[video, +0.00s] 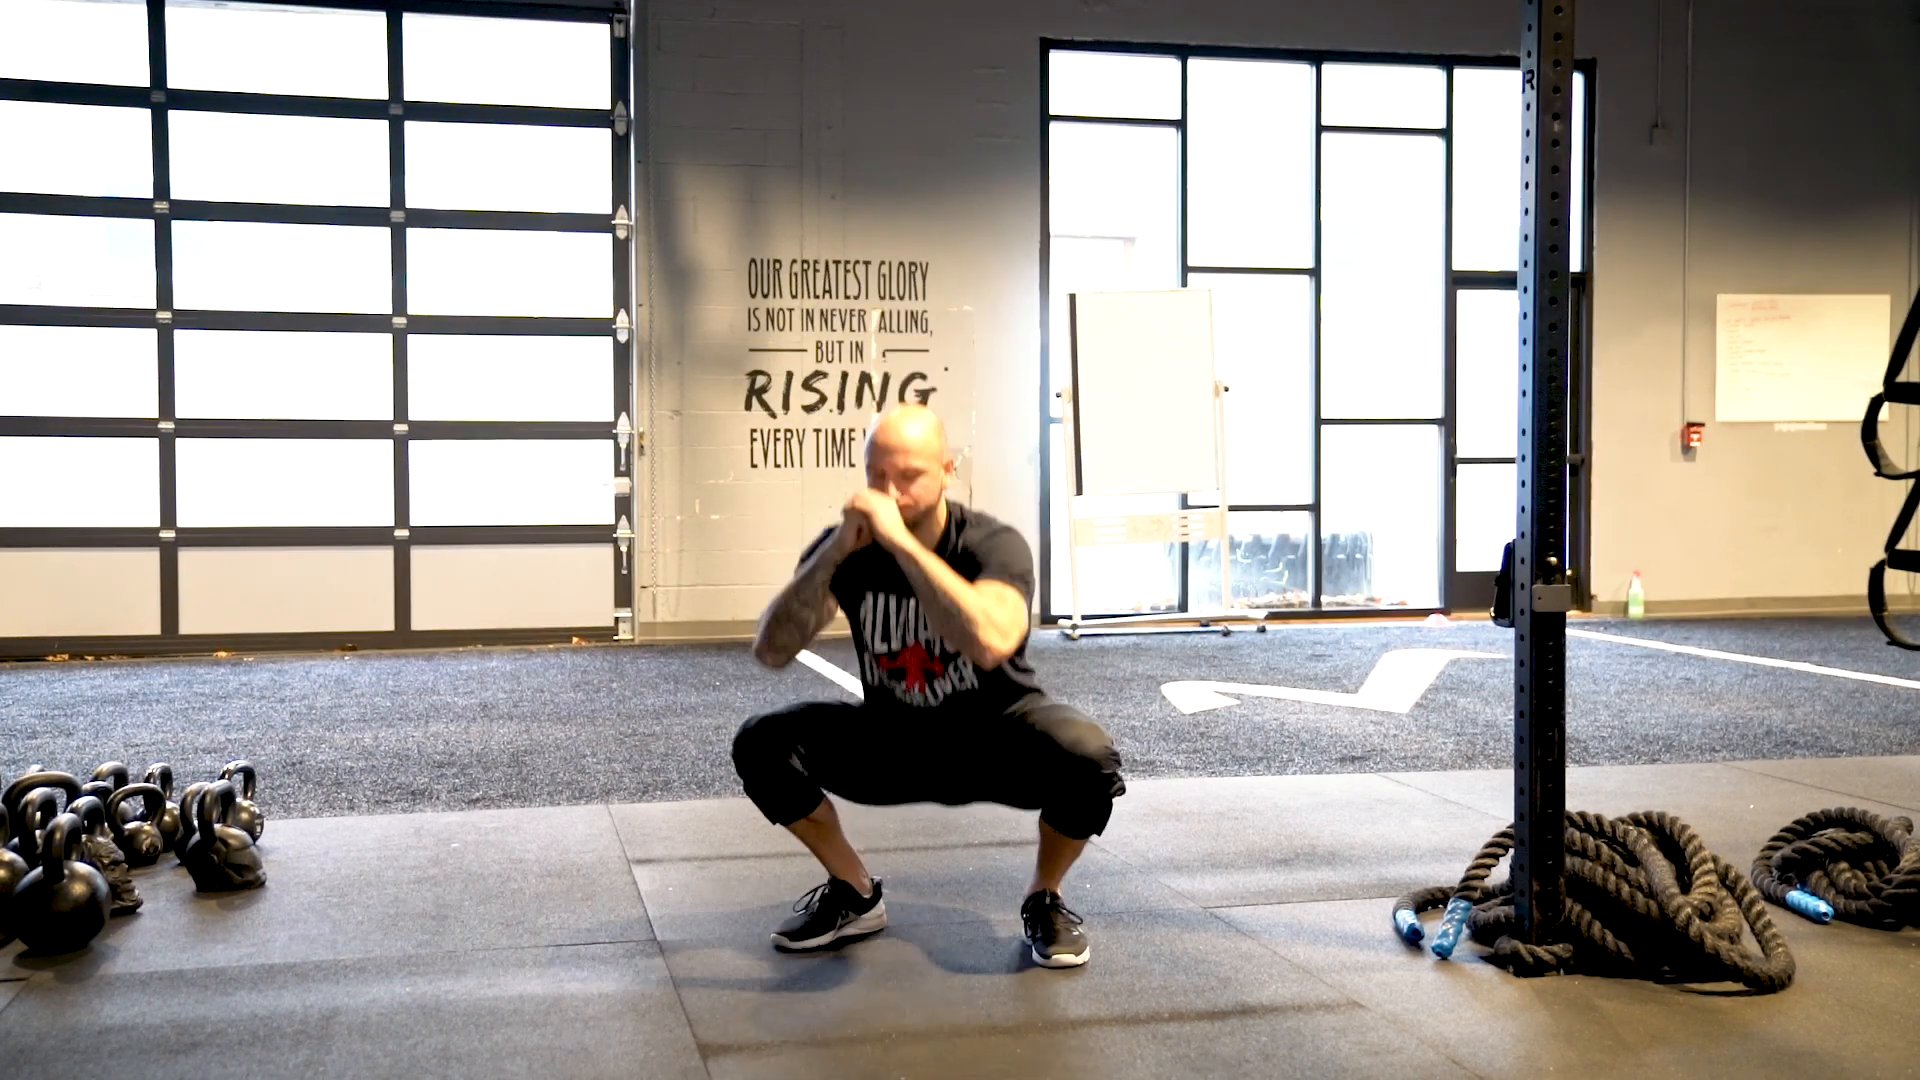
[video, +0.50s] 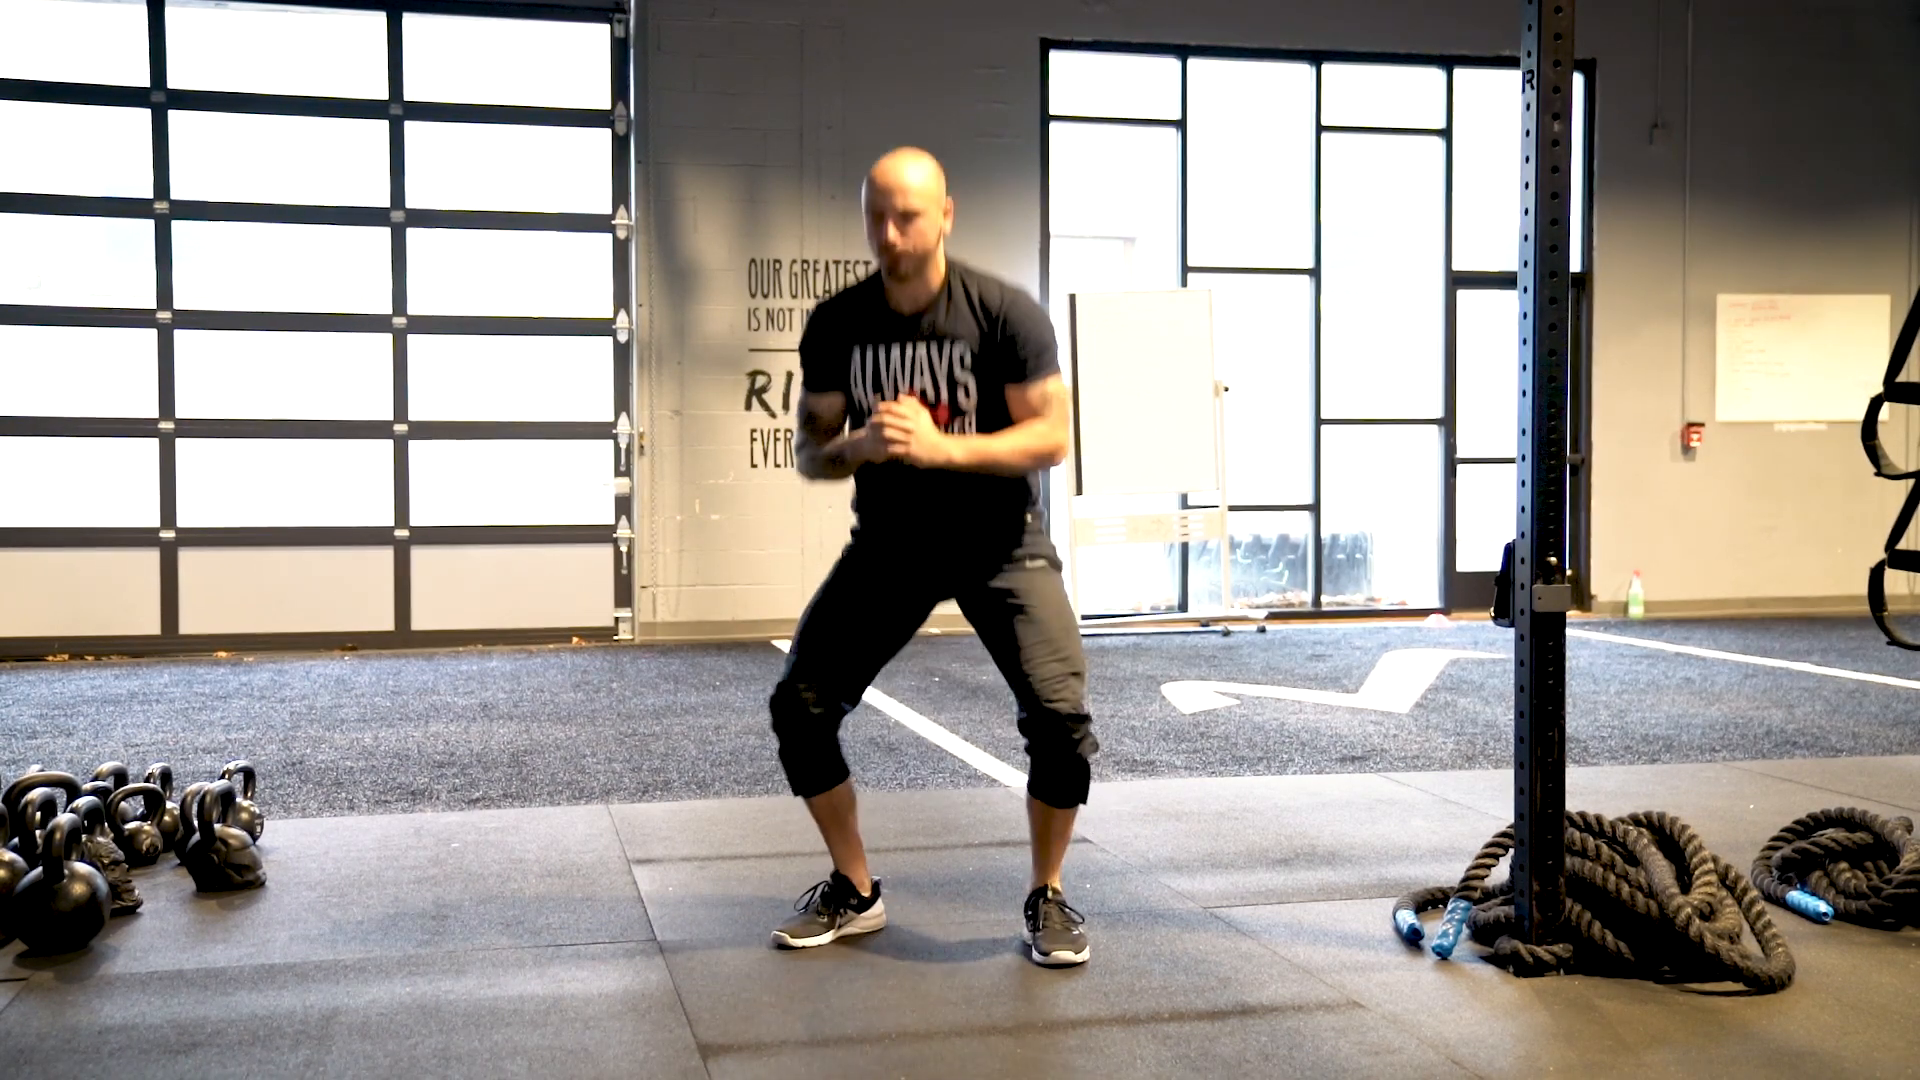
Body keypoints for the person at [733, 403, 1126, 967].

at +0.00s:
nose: (891, 494)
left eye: (908, 478)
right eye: (878, 477)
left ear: (947, 472)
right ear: (864, 474)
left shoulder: (994, 544)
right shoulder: (843, 549)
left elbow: (990, 641)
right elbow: (770, 652)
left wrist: (900, 543)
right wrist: (834, 553)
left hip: (990, 736)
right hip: (890, 737)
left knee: (1085, 755)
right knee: (762, 746)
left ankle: (1046, 899)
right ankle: (853, 888)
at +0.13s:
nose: (892, 496)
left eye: (910, 480)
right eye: (880, 478)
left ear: (948, 475)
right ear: (866, 475)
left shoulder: (996, 548)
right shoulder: (841, 553)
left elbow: (998, 650)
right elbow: (773, 661)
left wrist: (901, 554)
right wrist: (838, 563)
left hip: (990, 734)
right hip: (891, 737)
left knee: (1087, 754)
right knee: (762, 743)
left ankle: (1046, 899)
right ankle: (853, 888)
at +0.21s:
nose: (892, 455)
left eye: (910, 438)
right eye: (880, 437)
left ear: (949, 437)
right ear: (867, 436)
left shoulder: (999, 511)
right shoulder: (842, 513)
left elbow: (1013, 623)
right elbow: (773, 631)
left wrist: (905, 536)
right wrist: (839, 547)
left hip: (995, 699)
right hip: (892, 703)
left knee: (1087, 759)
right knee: (763, 740)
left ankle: (1047, 899)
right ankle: (854, 889)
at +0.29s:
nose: (892, 395)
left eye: (909, 377)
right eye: (880, 377)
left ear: (948, 376)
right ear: (866, 378)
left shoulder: (1001, 459)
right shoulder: (839, 462)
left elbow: (1029, 578)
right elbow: (780, 590)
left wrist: (913, 520)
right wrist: (845, 517)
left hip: (1004, 650)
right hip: (899, 653)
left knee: (1084, 753)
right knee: (768, 734)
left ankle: (1046, 900)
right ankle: (854, 889)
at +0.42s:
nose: (890, 296)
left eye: (908, 278)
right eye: (878, 277)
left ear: (946, 276)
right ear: (864, 277)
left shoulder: (1004, 371)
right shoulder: (835, 377)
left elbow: (1045, 494)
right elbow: (800, 511)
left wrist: (936, 482)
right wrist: (848, 482)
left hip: (1005, 579)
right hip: (895, 580)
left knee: (1071, 735)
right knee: (785, 721)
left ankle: (1047, 898)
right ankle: (854, 889)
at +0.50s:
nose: (891, 236)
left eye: (908, 219)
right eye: (879, 219)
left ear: (948, 217)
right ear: (864, 221)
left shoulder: (1008, 316)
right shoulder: (834, 324)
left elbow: (1050, 439)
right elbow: (815, 455)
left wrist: (946, 446)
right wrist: (859, 444)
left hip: (1003, 545)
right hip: (891, 545)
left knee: (1063, 719)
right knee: (800, 709)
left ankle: (1048, 896)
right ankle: (854, 888)